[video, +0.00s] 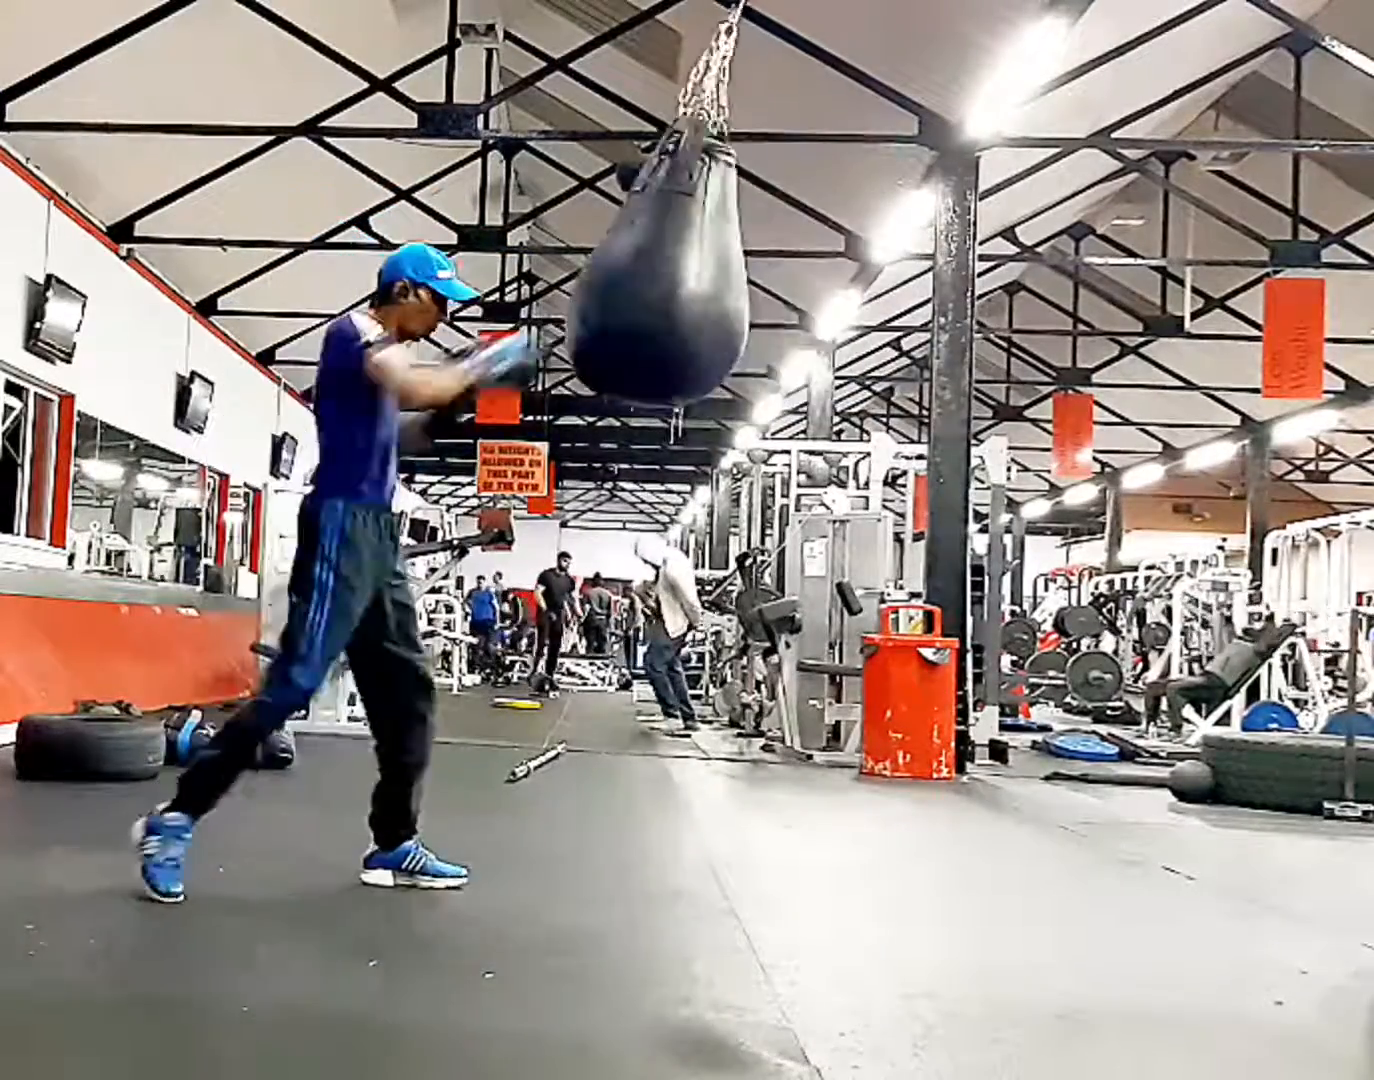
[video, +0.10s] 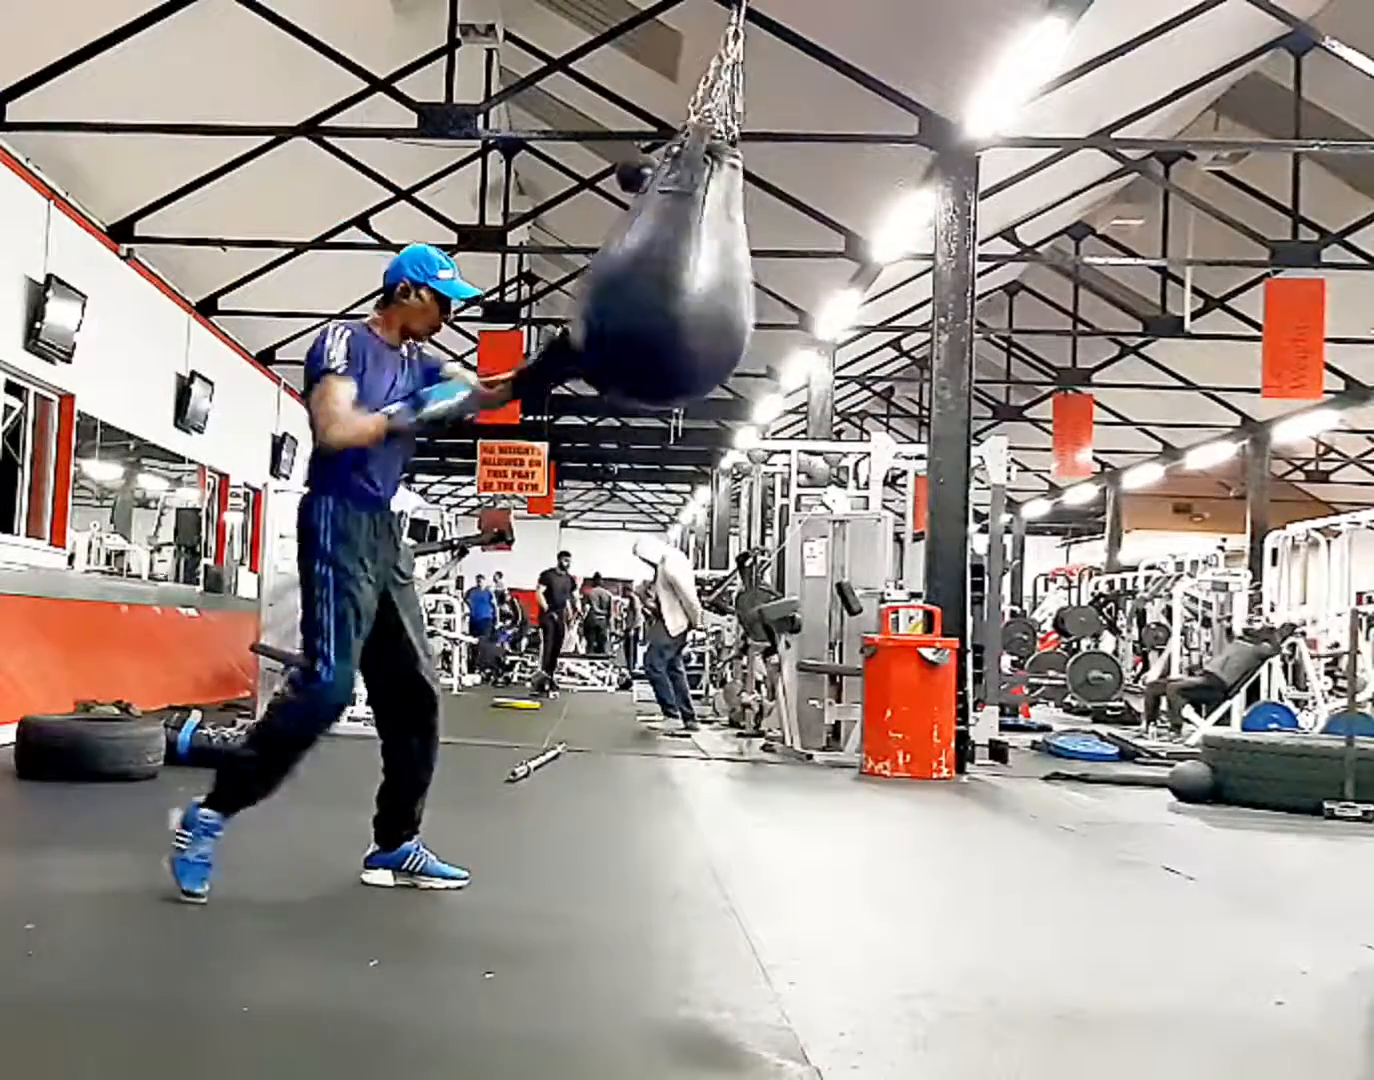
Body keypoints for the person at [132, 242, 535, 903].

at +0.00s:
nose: (441, 319)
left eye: (445, 309)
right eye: (439, 306)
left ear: (412, 297)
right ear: (406, 293)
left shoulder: (385, 351)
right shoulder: (351, 332)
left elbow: (392, 429)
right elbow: (411, 388)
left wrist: (455, 391)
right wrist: (478, 364)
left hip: (377, 531)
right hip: (339, 527)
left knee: (406, 691)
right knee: (292, 687)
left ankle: (394, 845)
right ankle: (176, 821)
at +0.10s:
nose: (446, 319)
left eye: (449, 308)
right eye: (441, 305)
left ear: (422, 302)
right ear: (408, 293)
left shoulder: (417, 365)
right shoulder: (343, 340)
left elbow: (479, 397)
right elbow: (332, 430)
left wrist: (535, 372)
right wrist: (404, 416)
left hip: (383, 534)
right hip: (336, 525)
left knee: (412, 697)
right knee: (326, 688)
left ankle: (395, 846)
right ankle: (207, 817)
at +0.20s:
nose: (442, 332)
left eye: (447, 322)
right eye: (438, 317)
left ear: (424, 312)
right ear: (408, 300)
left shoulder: (413, 375)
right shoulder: (340, 345)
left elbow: (456, 430)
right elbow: (313, 446)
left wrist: (509, 413)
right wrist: (391, 429)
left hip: (381, 533)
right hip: (334, 525)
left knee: (411, 693)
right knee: (327, 696)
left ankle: (394, 845)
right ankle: (219, 819)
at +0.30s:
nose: (450, 346)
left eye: (452, 334)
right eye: (445, 332)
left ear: (422, 327)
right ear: (412, 321)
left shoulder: (401, 394)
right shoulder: (342, 366)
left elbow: (403, 470)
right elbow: (308, 469)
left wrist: (460, 468)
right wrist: (388, 455)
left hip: (368, 547)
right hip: (324, 543)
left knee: (421, 692)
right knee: (326, 706)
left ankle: (393, 846)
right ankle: (212, 827)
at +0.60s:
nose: (403, 294)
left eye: (408, 284)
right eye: (400, 279)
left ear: (376, 273)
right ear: (366, 265)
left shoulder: (358, 336)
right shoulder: (307, 307)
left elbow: (345, 430)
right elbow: (257, 394)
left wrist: (384, 420)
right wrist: (342, 394)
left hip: (329, 500)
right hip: (289, 496)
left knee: (342, 665)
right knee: (263, 664)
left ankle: (350, 822)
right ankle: (202, 825)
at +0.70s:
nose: (388, 290)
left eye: (390, 279)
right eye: (382, 276)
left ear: (358, 275)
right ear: (346, 269)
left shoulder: (341, 338)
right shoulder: (288, 310)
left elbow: (338, 425)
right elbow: (241, 393)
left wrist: (377, 406)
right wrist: (319, 398)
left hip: (317, 509)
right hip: (271, 505)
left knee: (334, 671)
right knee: (250, 677)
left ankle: (270, 824)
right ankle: (180, 824)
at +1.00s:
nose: (376, 296)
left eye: (379, 286)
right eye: (370, 282)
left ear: (350, 281)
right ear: (332, 271)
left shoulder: (336, 346)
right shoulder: (272, 320)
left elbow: (340, 428)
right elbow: (256, 414)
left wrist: (382, 407)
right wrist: (329, 381)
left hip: (317, 514)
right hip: (269, 509)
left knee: (350, 669)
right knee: (246, 684)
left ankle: (333, 825)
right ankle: (161, 823)